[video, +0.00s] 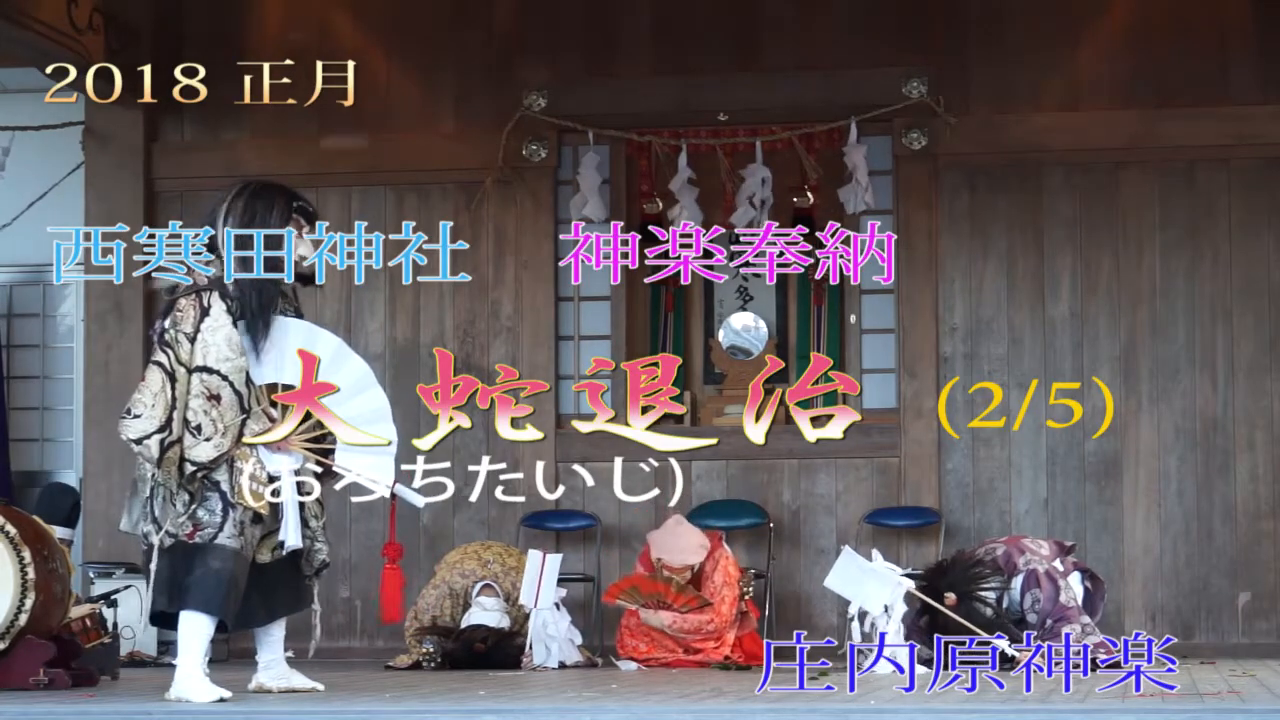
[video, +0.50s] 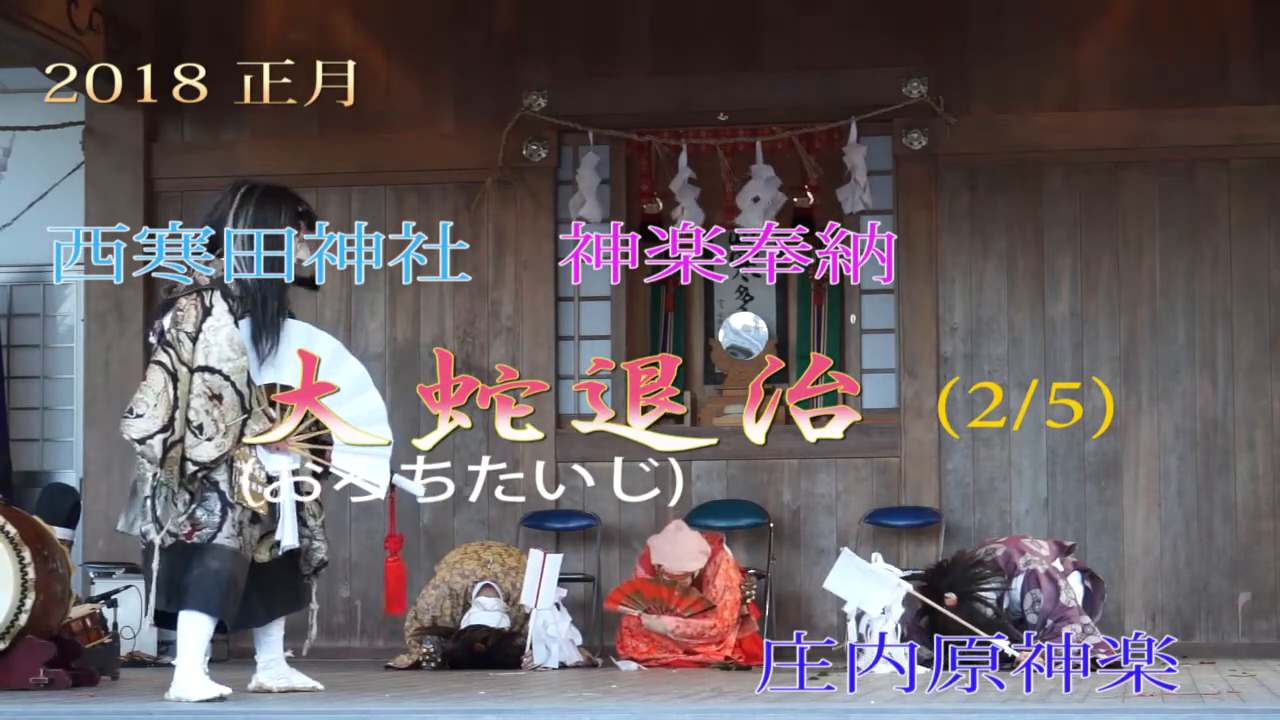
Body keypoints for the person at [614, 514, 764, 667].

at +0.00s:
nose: (675, 579)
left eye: (681, 573)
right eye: (669, 573)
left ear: (695, 564)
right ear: (658, 562)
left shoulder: (719, 560)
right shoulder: (647, 559)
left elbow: (718, 621)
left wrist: (662, 620)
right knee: (630, 625)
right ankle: (711, 654)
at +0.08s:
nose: (677, 580)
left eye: (684, 573)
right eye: (671, 574)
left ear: (695, 565)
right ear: (658, 563)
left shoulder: (719, 561)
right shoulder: (646, 560)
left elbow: (718, 623)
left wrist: (661, 620)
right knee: (632, 640)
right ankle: (711, 653)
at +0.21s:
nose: (678, 581)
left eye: (684, 574)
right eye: (671, 575)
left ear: (695, 566)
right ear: (658, 564)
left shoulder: (719, 562)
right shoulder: (647, 560)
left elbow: (720, 624)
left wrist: (665, 622)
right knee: (632, 641)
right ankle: (711, 651)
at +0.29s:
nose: (676, 582)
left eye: (682, 576)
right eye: (670, 576)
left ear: (695, 567)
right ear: (658, 564)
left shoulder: (720, 563)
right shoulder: (647, 560)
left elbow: (720, 625)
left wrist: (665, 623)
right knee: (631, 640)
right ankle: (711, 652)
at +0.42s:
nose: (680, 582)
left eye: (685, 576)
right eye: (672, 577)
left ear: (696, 566)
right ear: (659, 566)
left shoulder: (719, 562)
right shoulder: (647, 562)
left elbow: (720, 625)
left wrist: (666, 625)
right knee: (631, 642)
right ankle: (712, 654)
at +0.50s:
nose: (680, 583)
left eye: (685, 577)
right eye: (673, 578)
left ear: (696, 567)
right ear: (659, 567)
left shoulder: (719, 563)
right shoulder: (646, 563)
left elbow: (720, 627)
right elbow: (630, 639)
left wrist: (666, 625)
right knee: (633, 644)